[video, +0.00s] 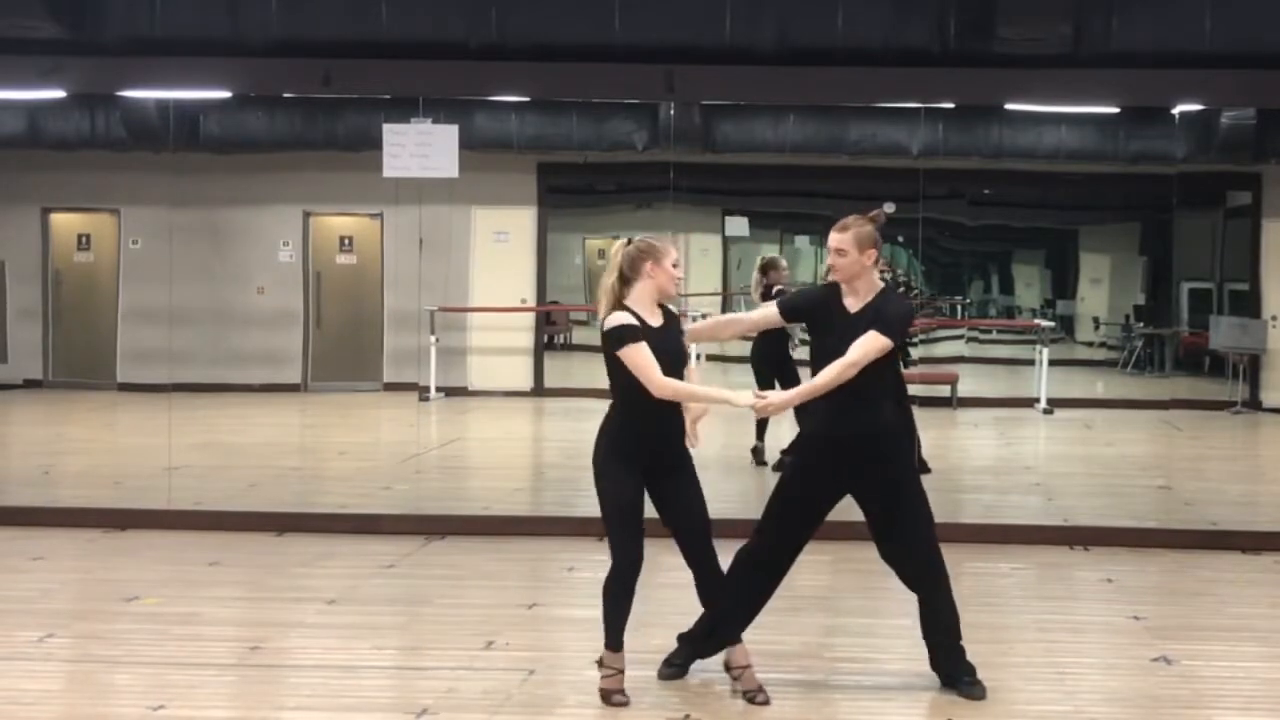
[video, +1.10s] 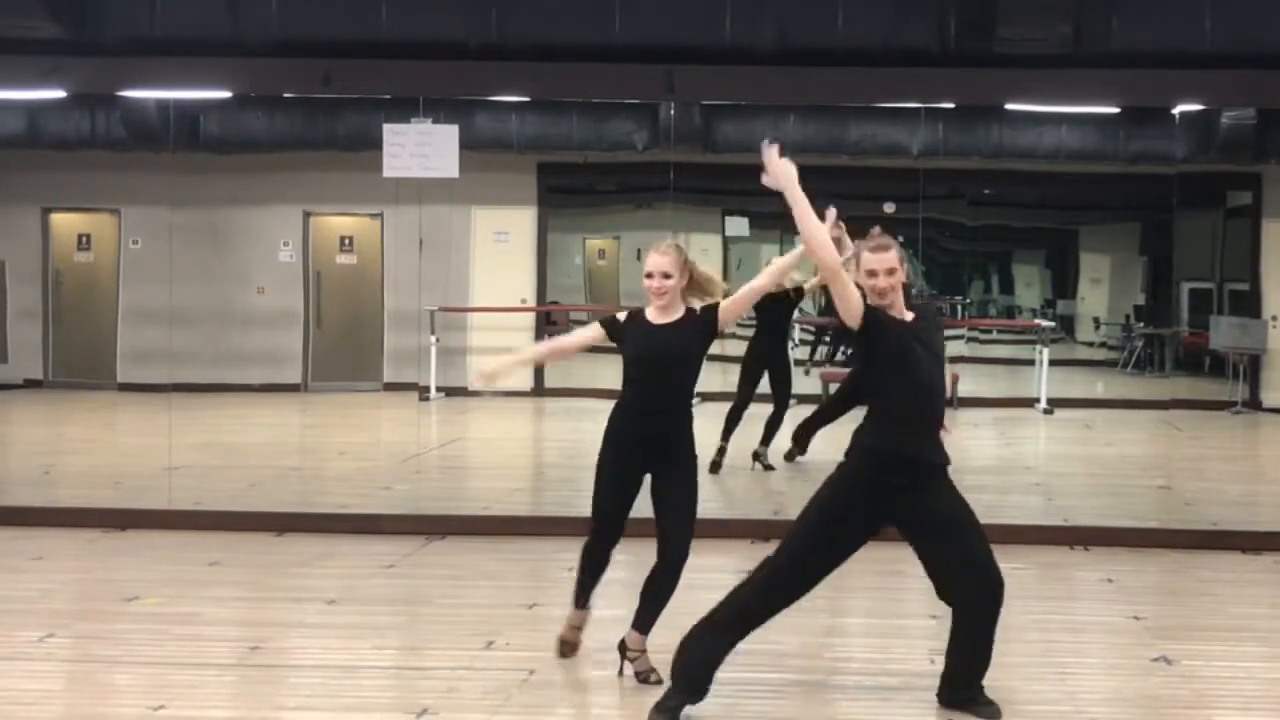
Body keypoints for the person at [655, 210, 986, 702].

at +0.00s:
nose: (830, 260)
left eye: (839, 254)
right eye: (829, 252)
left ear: (870, 257)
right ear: (836, 255)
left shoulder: (895, 308)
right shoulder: (820, 298)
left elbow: (851, 362)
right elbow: (746, 322)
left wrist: (790, 397)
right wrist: (679, 333)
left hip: (884, 458)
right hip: (820, 453)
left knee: (926, 566)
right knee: (766, 551)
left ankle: (953, 665)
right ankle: (697, 644)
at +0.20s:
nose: (829, 271)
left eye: (836, 263)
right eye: (829, 263)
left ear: (869, 262)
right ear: (856, 263)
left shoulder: (911, 308)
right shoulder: (831, 302)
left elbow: (911, 385)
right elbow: (759, 301)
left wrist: (841, 361)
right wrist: (708, 295)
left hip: (882, 464)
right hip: (817, 456)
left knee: (913, 569)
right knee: (755, 539)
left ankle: (950, 668)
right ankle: (715, 642)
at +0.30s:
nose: (820, 263)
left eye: (826, 255)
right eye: (820, 255)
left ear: (855, 256)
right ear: (849, 257)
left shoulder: (894, 310)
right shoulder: (827, 294)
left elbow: (922, 382)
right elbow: (771, 272)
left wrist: (849, 379)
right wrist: (727, 253)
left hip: (875, 461)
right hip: (821, 452)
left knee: (915, 567)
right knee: (749, 539)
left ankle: (962, 666)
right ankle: (774, 645)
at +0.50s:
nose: (785, 257)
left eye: (791, 249)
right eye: (785, 248)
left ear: (819, 252)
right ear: (818, 251)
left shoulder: (845, 313)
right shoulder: (815, 293)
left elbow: (858, 392)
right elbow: (784, 228)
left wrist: (807, 411)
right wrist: (761, 178)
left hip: (856, 455)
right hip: (814, 453)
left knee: (931, 553)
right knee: (759, 559)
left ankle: (1022, 649)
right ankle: (785, 658)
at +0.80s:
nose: (821, 254)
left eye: (831, 246)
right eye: (815, 248)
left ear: (854, 248)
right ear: (810, 252)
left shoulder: (871, 298)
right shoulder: (823, 297)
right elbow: (792, 224)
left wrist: (874, 398)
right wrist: (814, 195)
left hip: (874, 451)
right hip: (821, 451)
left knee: (940, 555)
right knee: (784, 560)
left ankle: (1003, 652)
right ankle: (785, 658)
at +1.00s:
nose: (868, 268)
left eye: (876, 257)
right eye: (859, 259)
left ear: (893, 258)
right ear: (846, 263)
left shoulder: (928, 308)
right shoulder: (844, 306)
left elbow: (968, 350)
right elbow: (804, 244)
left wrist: (949, 395)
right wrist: (807, 173)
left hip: (918, 465)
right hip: (856, 462)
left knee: (964, 578)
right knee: (769, 560)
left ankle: (954, 681)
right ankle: (716, 664)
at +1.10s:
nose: (879, 282)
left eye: (888, 272)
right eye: (870, 274)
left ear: (905, 271)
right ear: (858, 278)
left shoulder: (926, 320)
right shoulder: (865, 323)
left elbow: (934, 380)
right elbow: (829, 265)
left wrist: (935, 421)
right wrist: (792, 189)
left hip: (926, 480)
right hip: (866, 478)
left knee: (981, 584)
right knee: (780, 579)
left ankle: (961, 688)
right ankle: (684, 683)